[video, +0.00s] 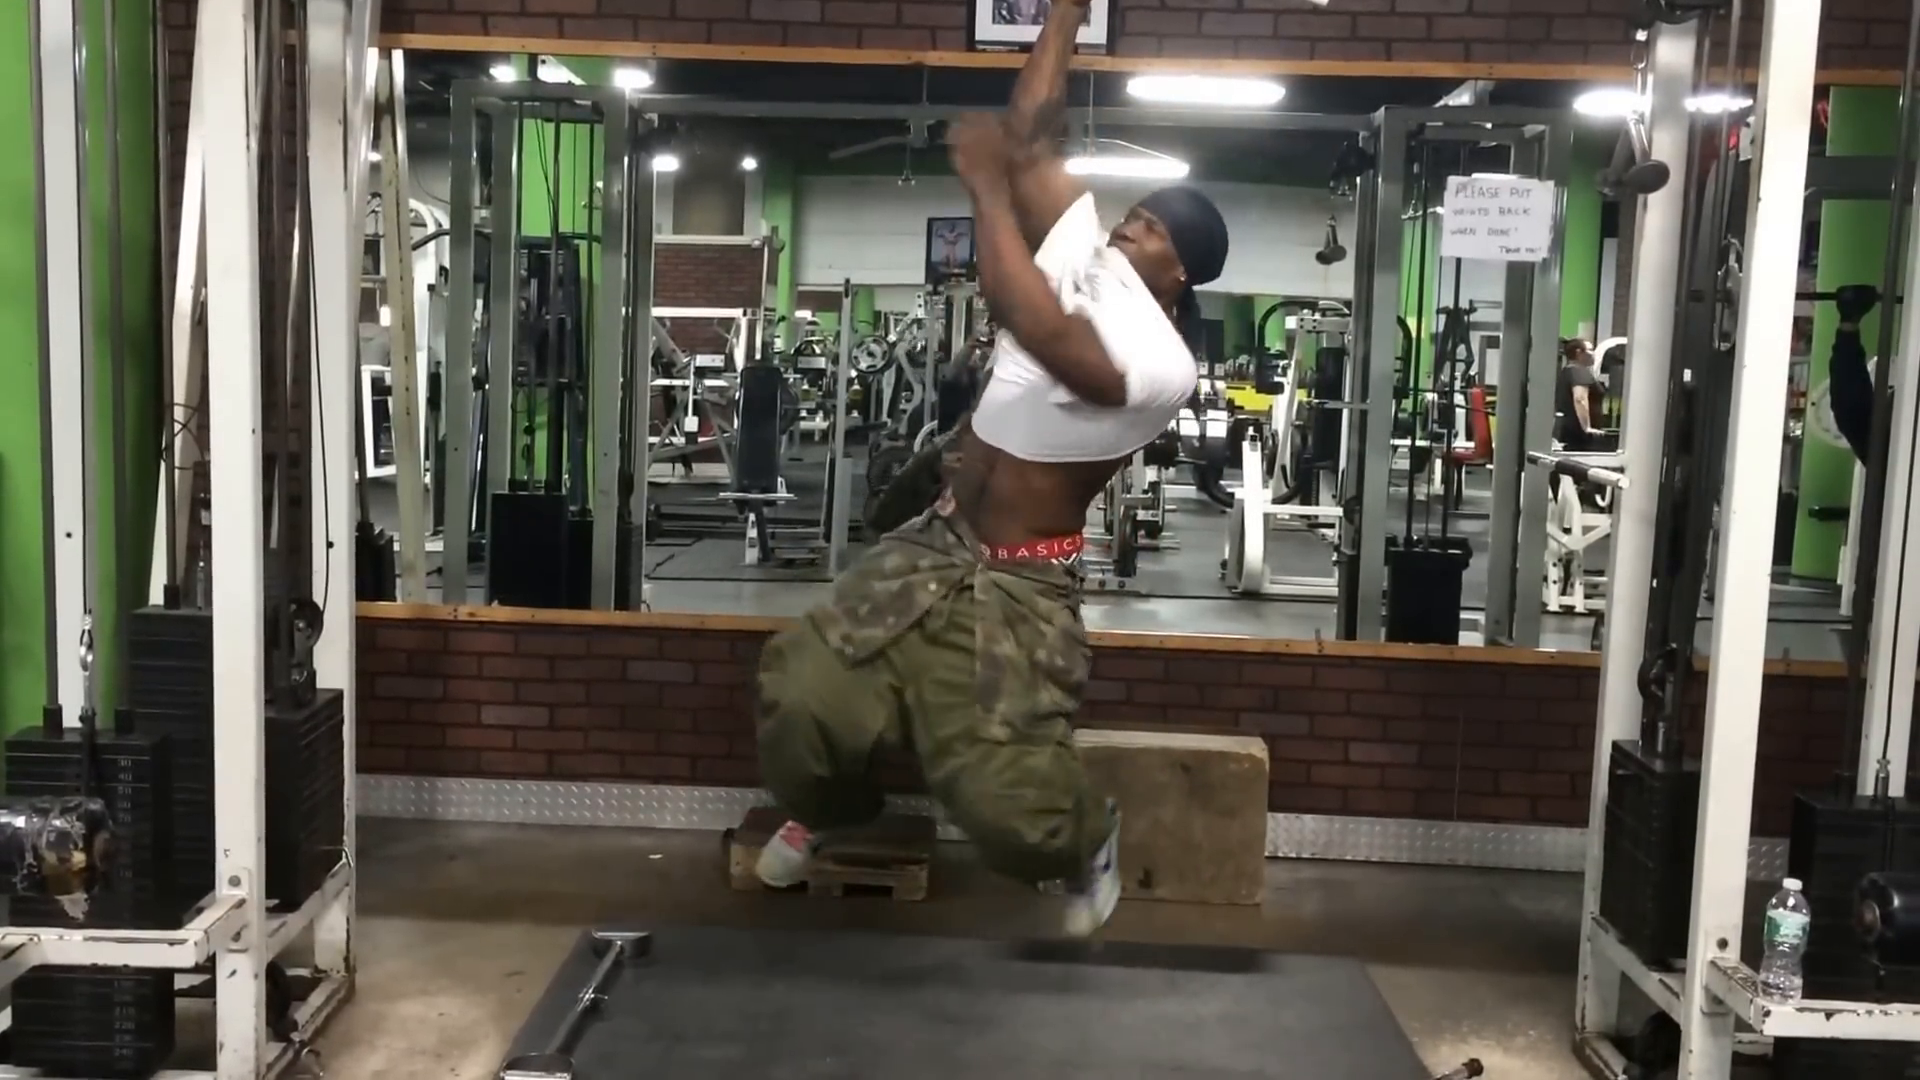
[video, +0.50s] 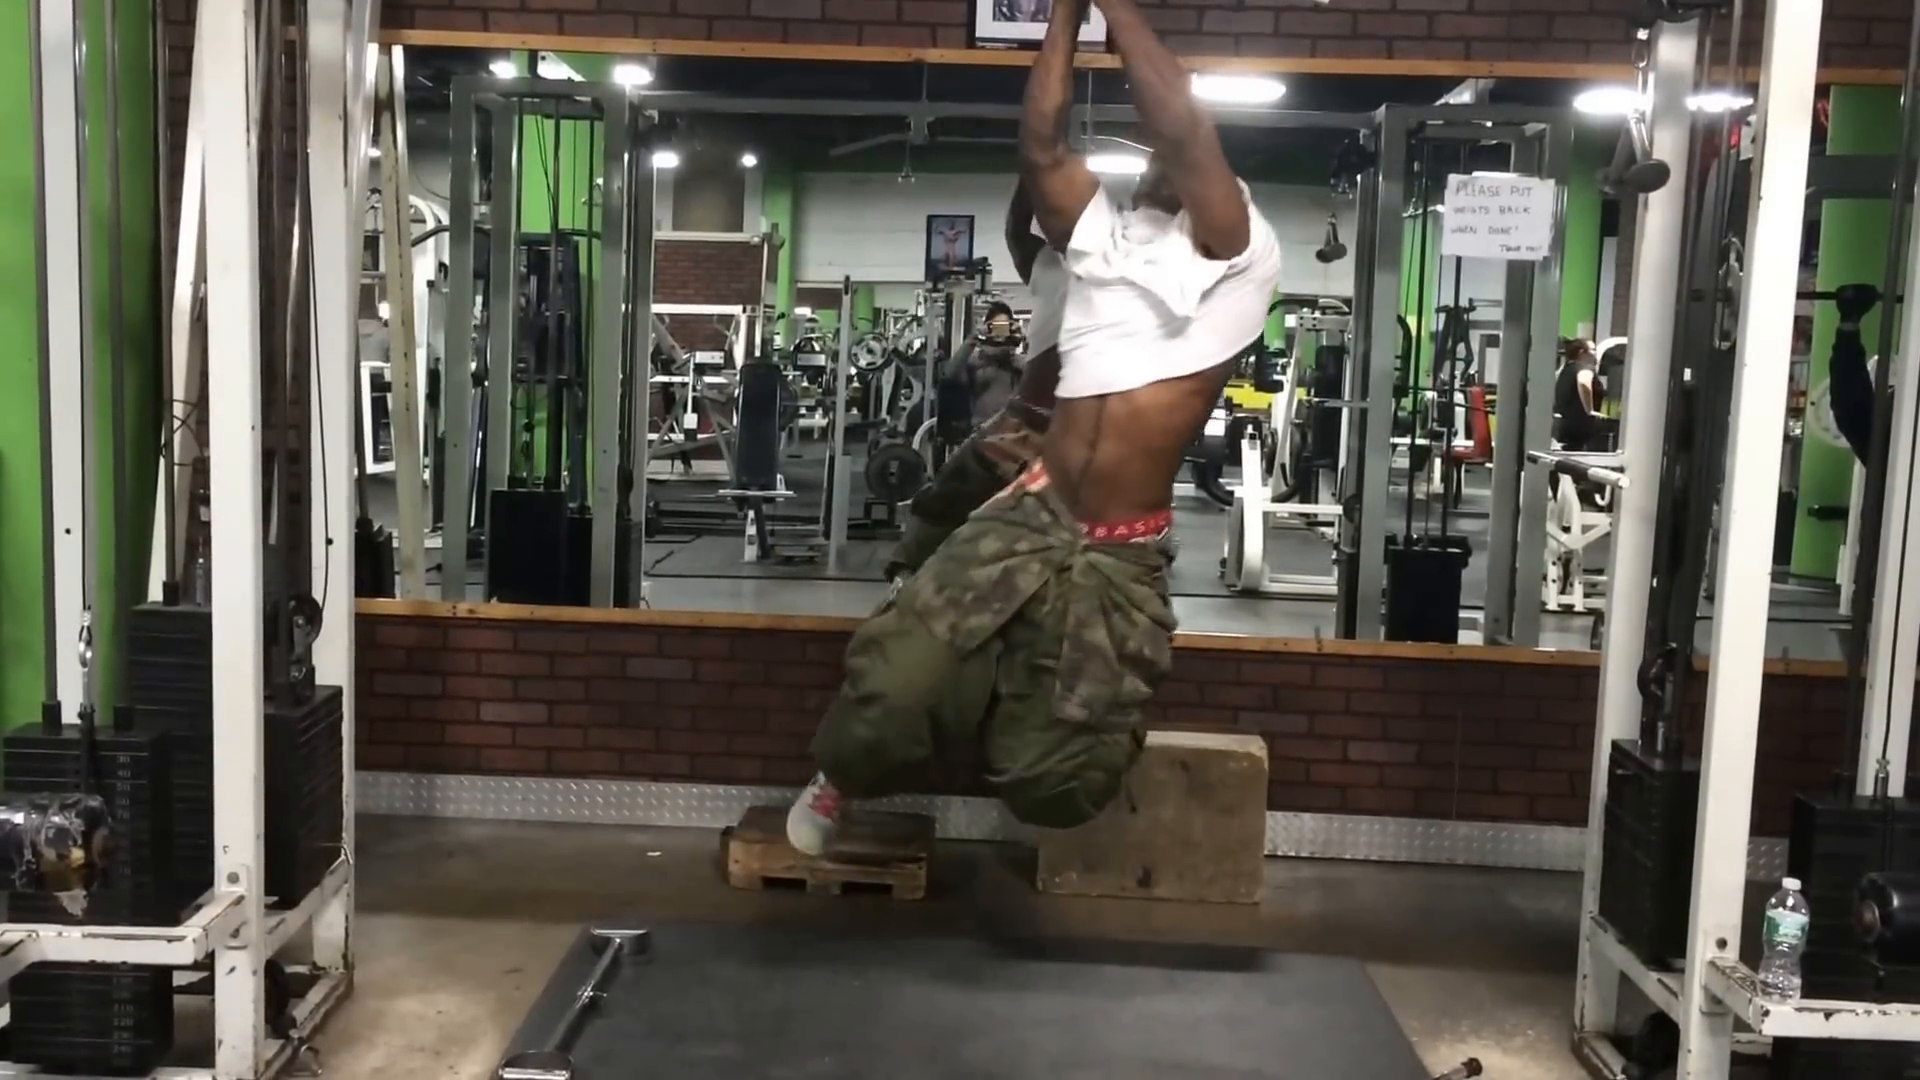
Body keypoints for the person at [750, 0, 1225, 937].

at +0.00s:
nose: (1133, 224)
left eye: (1155, 228)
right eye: (1138, 214)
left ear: (1179, 272)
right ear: (1123, 224)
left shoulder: (1163, 366)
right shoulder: (1070, 246)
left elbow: (1029, 318)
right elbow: (1028, 141)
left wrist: (985, 185)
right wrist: (1065, 19)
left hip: (1021, 583)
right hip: (928, 544)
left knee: (997, 805)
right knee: (802, 702)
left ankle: (1091, 842)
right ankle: (831, 813)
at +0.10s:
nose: (1131, 227)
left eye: (1153, 233)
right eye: (1136, 216)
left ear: (1178, 270)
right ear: (1124, 219)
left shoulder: (1176, 348)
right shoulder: (1062, 258)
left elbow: (1085, 271)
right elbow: (1032, 149)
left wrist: (1017, 152)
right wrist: (1060, 28)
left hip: (1030, 580)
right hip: (931, 547)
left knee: (1037, 801)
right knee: (839, 738)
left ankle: (1108, 828)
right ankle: (836, 819)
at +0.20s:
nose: (1122, 212)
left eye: (1142, 211)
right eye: (1126, 203)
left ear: (1182, 247)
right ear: (1118, 218)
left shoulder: (1189, 331)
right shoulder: (1060, 257)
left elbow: (1127, 197)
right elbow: (1024, 142)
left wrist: (1099, 71)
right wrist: (1057, 29)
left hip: (1047, 579)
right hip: (942, 548)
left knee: (1065, 792)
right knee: (865, 752)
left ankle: (1120, 805)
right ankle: (850, 818)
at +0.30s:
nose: (1153, 194)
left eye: (1176, 191)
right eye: (1148, 184)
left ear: (1209, 223)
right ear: (1132, 202)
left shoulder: (1206, 304)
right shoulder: (1063, 241)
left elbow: (1169, 160)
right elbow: (1027, 135)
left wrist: (1127, 17)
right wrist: (1068, 9)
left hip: (1073, 570)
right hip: (967, 541)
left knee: (1076, 788)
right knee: (873, 750)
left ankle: (1111, 790)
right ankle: (848, 810)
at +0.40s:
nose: (1150, 164)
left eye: (1173, 160)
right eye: (1137, 152)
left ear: (1201, 182)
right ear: (1135, 177)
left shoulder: (1219, 271)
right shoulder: (1077, 239)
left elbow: (1171, 127)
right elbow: (1035, 141)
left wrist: (1104, 7)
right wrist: (1065, 15)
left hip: (1107, 566)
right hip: (999, 531)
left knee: (1069, 782)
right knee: (884, 720)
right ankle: (840, 798)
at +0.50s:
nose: (1154, 155)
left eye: (1176, 141)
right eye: (1148, 138)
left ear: (1210, 168)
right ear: (1138, 155)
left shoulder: (1235, 256)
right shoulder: (1097, 232)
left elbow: (1180, 114)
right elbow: (1043, 142)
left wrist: (1111, 3)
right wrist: (1068, 11)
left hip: (1125, 557)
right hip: (1027, 516)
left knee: (1049, 789)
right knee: (894, 697)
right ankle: (836, 784)